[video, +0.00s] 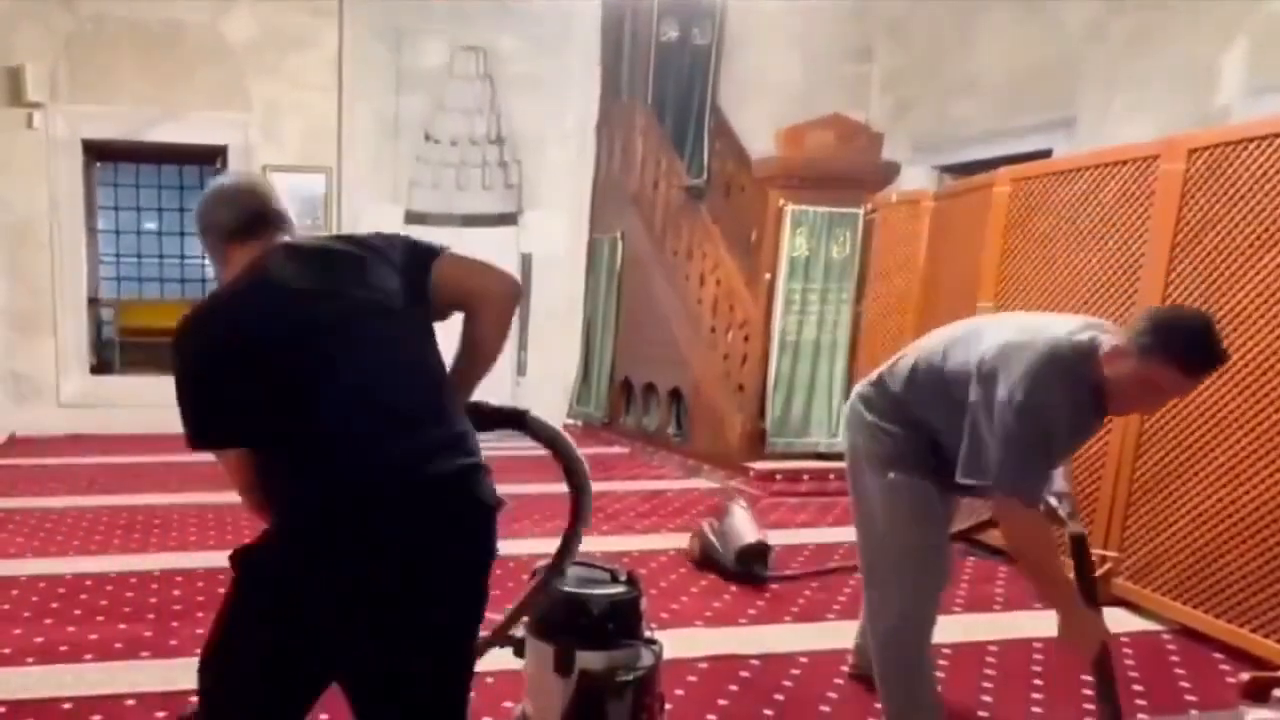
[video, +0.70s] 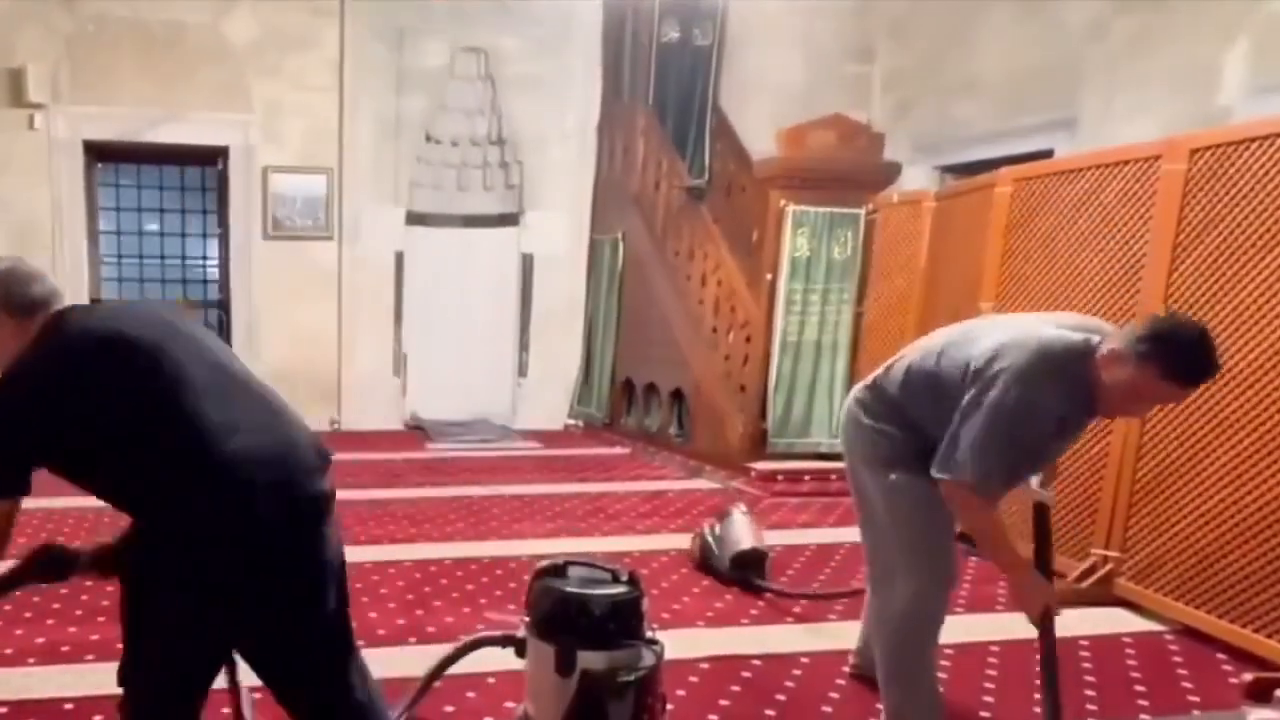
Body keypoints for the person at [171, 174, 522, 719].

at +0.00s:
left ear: (216, 251)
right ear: (288, 223)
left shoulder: (210, 328)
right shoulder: (375, 255)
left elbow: (252, 487)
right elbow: (495, 289)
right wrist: (453, 398)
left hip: (324, 534)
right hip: (452, 514)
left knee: (239, 703)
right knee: (424, 703)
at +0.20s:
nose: (177, 275)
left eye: (173, 259)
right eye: (172, 261)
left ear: (190, 242)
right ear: (247, 229)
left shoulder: (185, 326)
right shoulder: (340, 260)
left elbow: (205, 484)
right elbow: (468, 296)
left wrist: (273, 503)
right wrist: (421, 401)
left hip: (289, 544)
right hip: (407, 532)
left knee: (240, 707)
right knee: (394, 706)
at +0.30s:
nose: (135, 274)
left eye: (132, 258)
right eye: (130, 260)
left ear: (152, 245)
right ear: (211, 236)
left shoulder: (149, 330)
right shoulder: (308, 268)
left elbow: (167, 489)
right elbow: (426, 330)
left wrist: (199, 536)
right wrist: (373, 423)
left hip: (261, 536)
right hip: (375, 522)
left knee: (224, 707)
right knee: (377, 705)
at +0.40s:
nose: (90, 297)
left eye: (86, 279)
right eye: (84, 281)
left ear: (106, 263)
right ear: (162, 250)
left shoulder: (112, 341)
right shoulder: (263, 276)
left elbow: (120, 504)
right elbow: (365, 369)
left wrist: (133, 560)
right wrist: (312, 459)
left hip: (231, 544)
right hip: (343, 531)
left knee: (190, 709)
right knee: (356, 704)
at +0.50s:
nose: (46, 315)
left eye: (42, 296)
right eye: (39, 300)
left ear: (64, 279)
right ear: (114, 261)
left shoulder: (71, 361)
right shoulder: (219, 292)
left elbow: (72, 515)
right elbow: (266, 417)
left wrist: (58, 591)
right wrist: (175, 505)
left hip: (205, 542)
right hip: (313, 518)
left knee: (169, 706)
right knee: (334, 693)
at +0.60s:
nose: (14, 336)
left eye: (11, 319)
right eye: (8, 321)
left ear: (31, 301)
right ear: (81, 282)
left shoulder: (41, 380)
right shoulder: (175, 308)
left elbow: (22, 530)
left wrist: (12, 591)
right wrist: (136, 534)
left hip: (211, 526)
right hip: (307, 501)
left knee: (160, 701)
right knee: (330, 687)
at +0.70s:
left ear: (8, 321)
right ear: (53, 301)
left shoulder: (25, 384)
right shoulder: (141, 321)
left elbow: (4, 531)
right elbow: (198, 492)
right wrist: (89, 561)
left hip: (196, 530)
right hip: (299, 499)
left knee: (157, 704)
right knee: (334, 695)